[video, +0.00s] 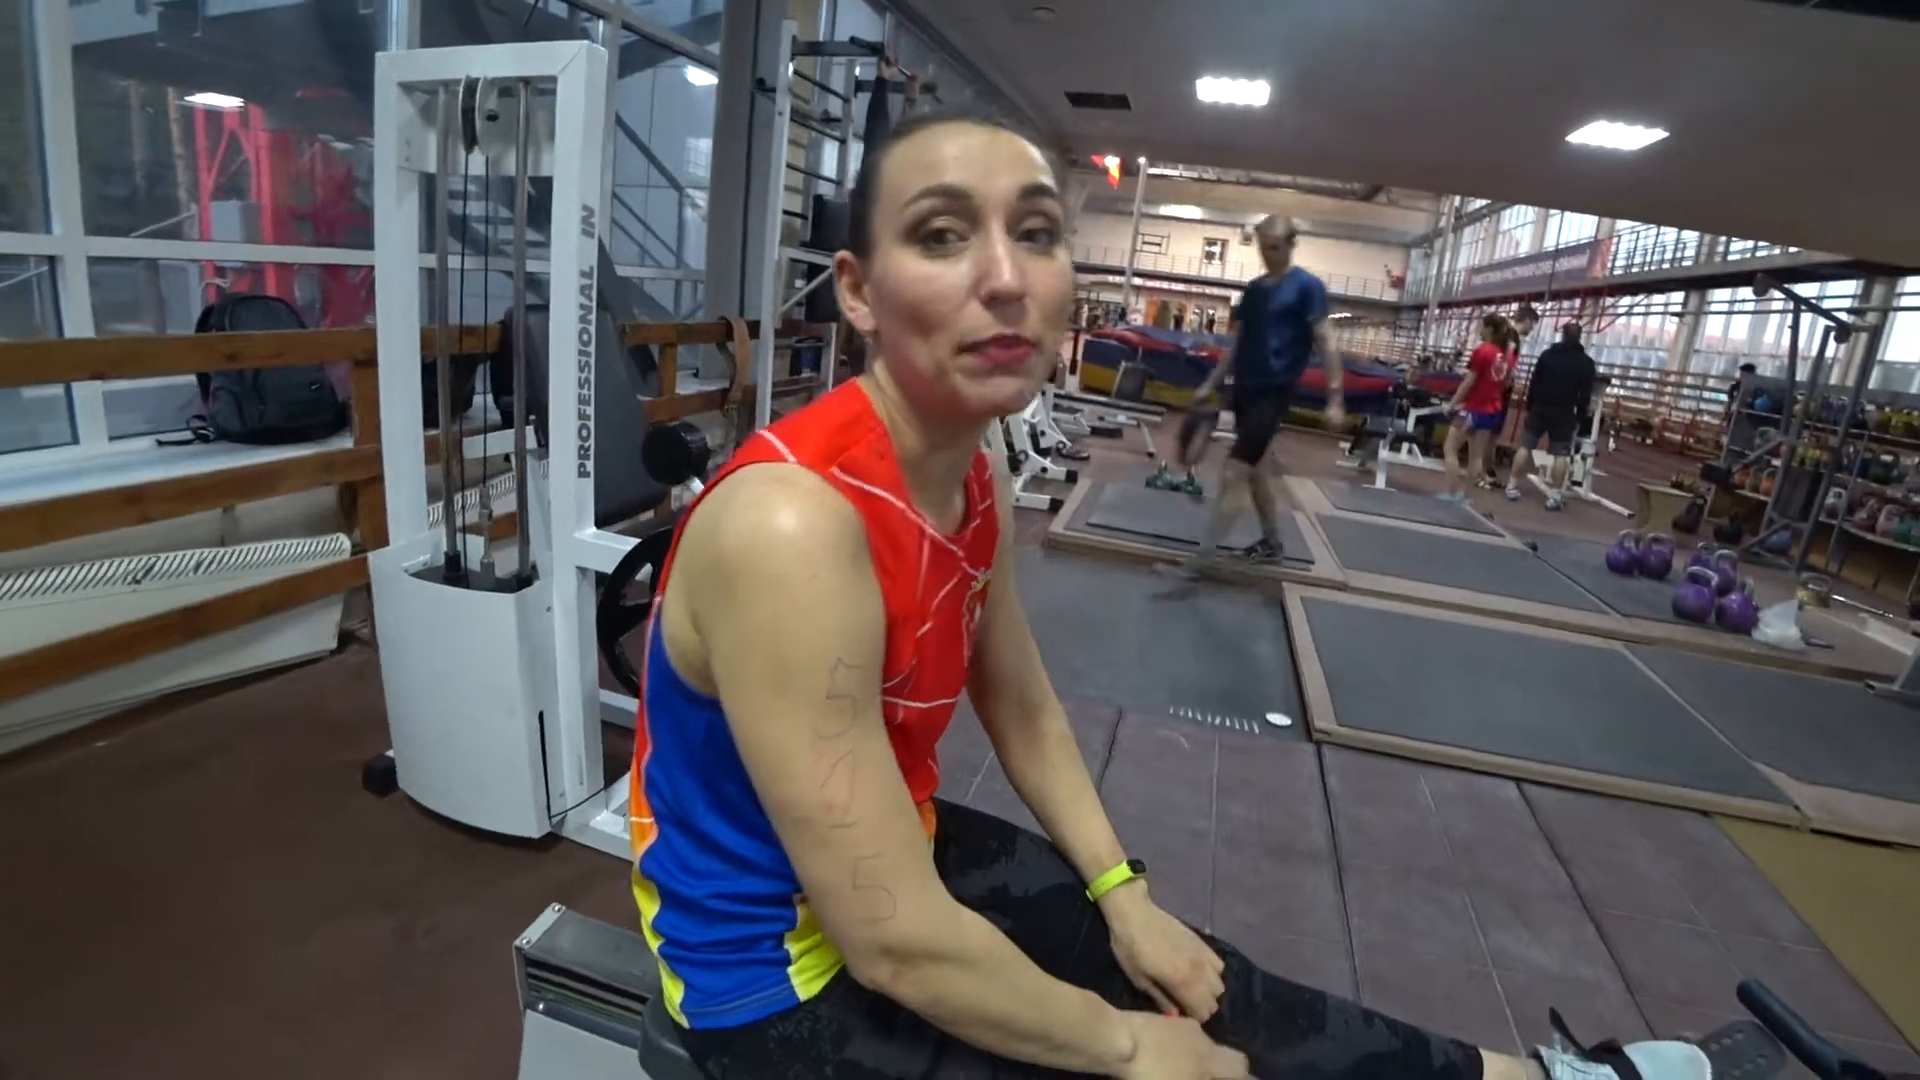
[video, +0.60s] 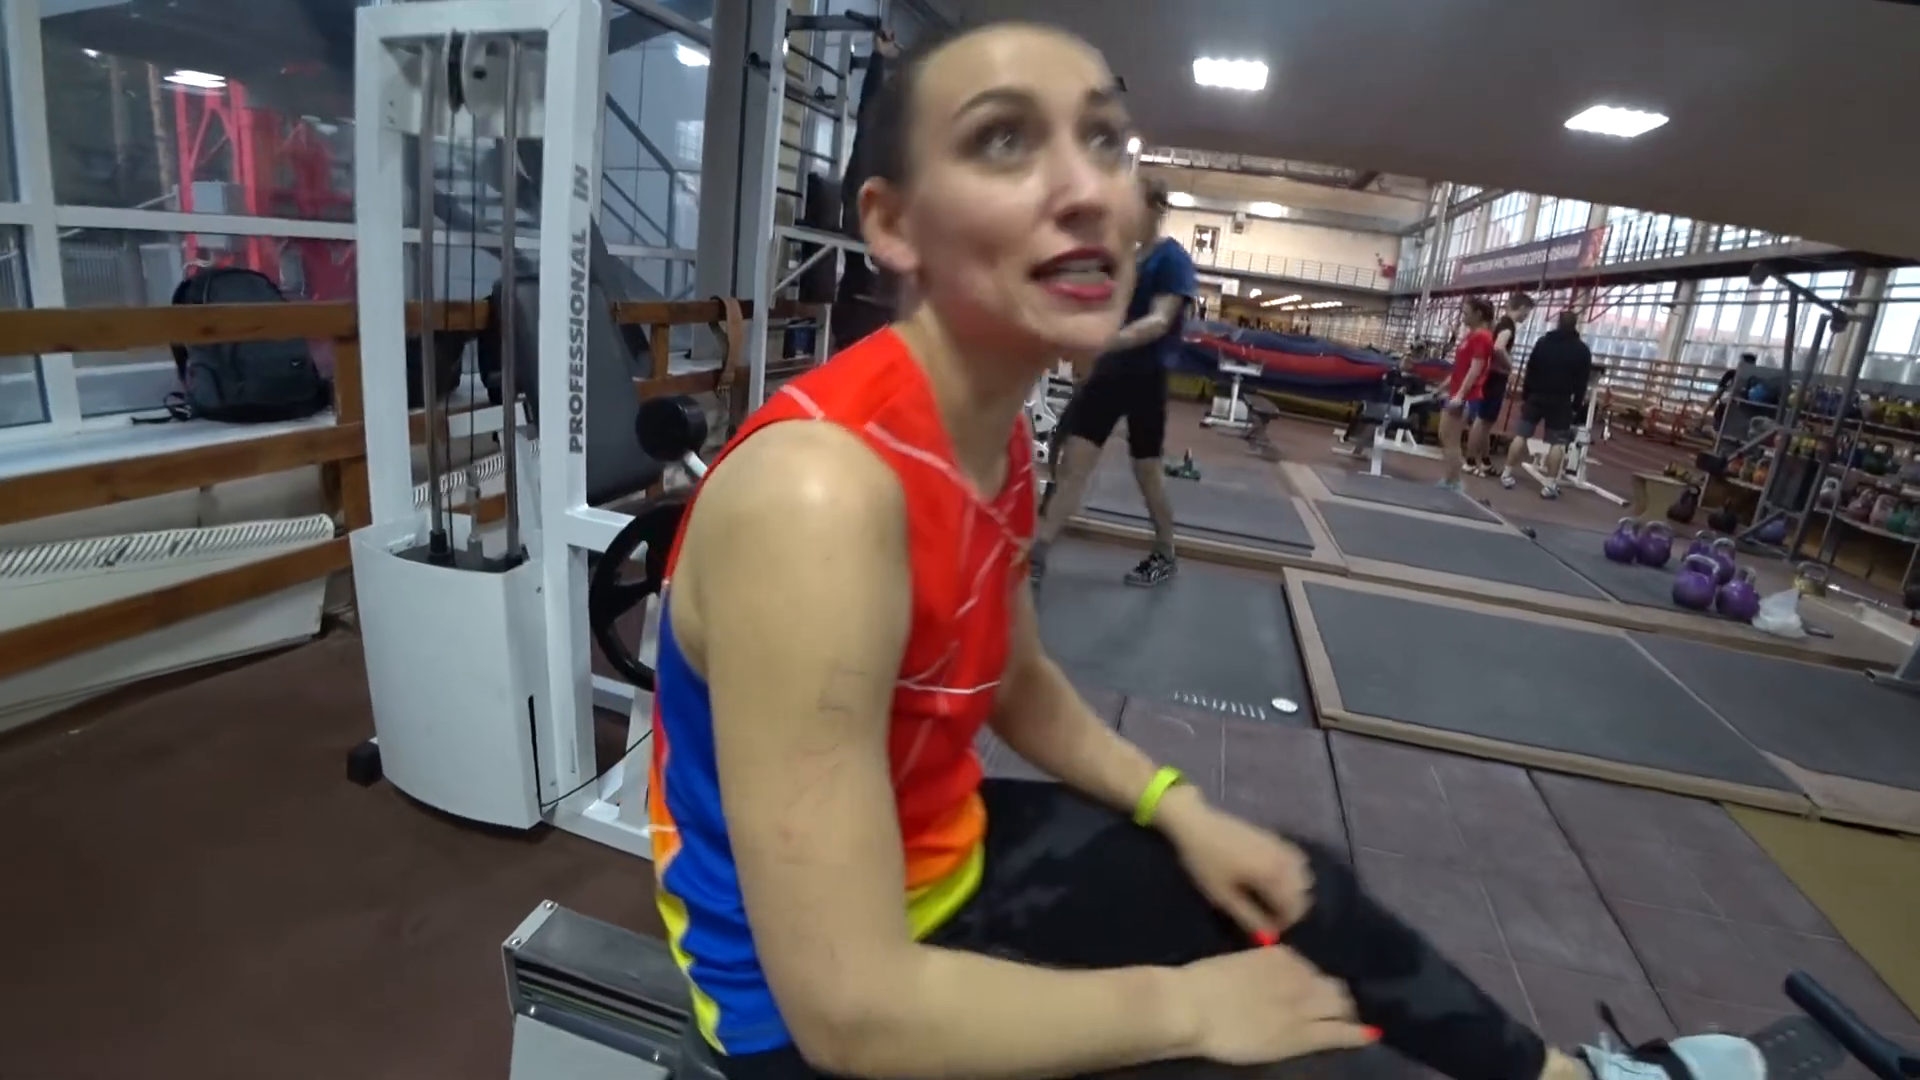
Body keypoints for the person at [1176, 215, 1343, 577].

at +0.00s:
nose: (1270, 253)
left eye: (1276, 246)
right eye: (1265, 246)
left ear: (1291, 245)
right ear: (1258, 245)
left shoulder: (1307, 287)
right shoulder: (1255, 289)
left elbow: (1327, 342)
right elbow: (1236, 345)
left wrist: (1335, 399)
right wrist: (1210, 384)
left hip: (1276, 391)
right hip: (1246, 388)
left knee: (1234, 469)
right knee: (1258, 468)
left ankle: (1204, 555)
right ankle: (1271, 541)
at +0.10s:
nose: (1244, 255)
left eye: (1251, 247)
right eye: (1239, 247)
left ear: (1267, 246)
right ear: (1233, 247)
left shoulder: (1281, 290)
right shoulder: (1229, 292)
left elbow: (1296, 348)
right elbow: (1210, 349)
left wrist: (1301, 402)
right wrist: (1180, 388)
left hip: (1248, 394)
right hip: (1218, 391)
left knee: (1212, 475)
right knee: (1227, 471)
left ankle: (1175, 566)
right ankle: (1262, 532)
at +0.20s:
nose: (1214, 251)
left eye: (1222, 244)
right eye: (1212, 243)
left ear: (1243, 243)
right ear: (1211, 243)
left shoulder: (1257, 288)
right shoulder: (1207, 290)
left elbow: (1264, 354)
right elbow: (1187, 350)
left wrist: (1258, 411)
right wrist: (1159, 389)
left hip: (1223, 397)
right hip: (1191, 393)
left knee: (1194, 483)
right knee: (1178, 475)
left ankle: (1164, 570)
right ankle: (1234, 516)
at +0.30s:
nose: (1191, 245)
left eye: (1198, 238)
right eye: (1189, 238)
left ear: (1220, 238)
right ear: (1189, 237)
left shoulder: (1234, 282)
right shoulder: (1187, 282)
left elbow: (1231, 349)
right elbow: (1171, 345)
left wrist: (1208, 404)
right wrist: (1146, 384)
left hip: (1200, 395)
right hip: (1168, 390)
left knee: (1184, 487)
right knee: (1139, 473)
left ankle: (1162, 571)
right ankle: (1191, 518)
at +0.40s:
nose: (1168, 239)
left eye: (1174, 231)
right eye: (1167, 231)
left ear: (1198, 229)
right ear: (1172, 230)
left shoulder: (1216, 275)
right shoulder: (1171, 275)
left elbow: (1203, 338)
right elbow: (1157, 334)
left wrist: (1162, 383)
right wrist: (1136, 376)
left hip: (1188, 388)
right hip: (1152, 380)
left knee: (1174, 478)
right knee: (1111, 458)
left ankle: (1164, 568)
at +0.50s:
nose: (1144, 229)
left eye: (1152, 221)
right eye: (1144, 221)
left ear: (1177, 221)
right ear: (1158, 222)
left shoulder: (1195, 267)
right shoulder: (1150, 270)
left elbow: (1182, 326)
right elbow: (1141, 327)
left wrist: (1125, 357)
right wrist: (1115, 369)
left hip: (1170, 381)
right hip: (1134, 376)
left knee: (1167, 473)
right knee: (1096, 458)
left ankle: (1164, 563)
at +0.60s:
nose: (1135, 218)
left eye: (1143, 210)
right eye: (1133, 210)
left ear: (1159, 213)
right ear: (1126, 213)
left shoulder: (1171, 257)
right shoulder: (1117, 258)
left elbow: (1161, 321)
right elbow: (1094, 312)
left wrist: (1100, 345)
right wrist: (1082, 347)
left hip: (1147, 373)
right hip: (1109, 370)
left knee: (1147, 470)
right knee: (1077, 458)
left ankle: (1165, 554)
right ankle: (1037, 552)